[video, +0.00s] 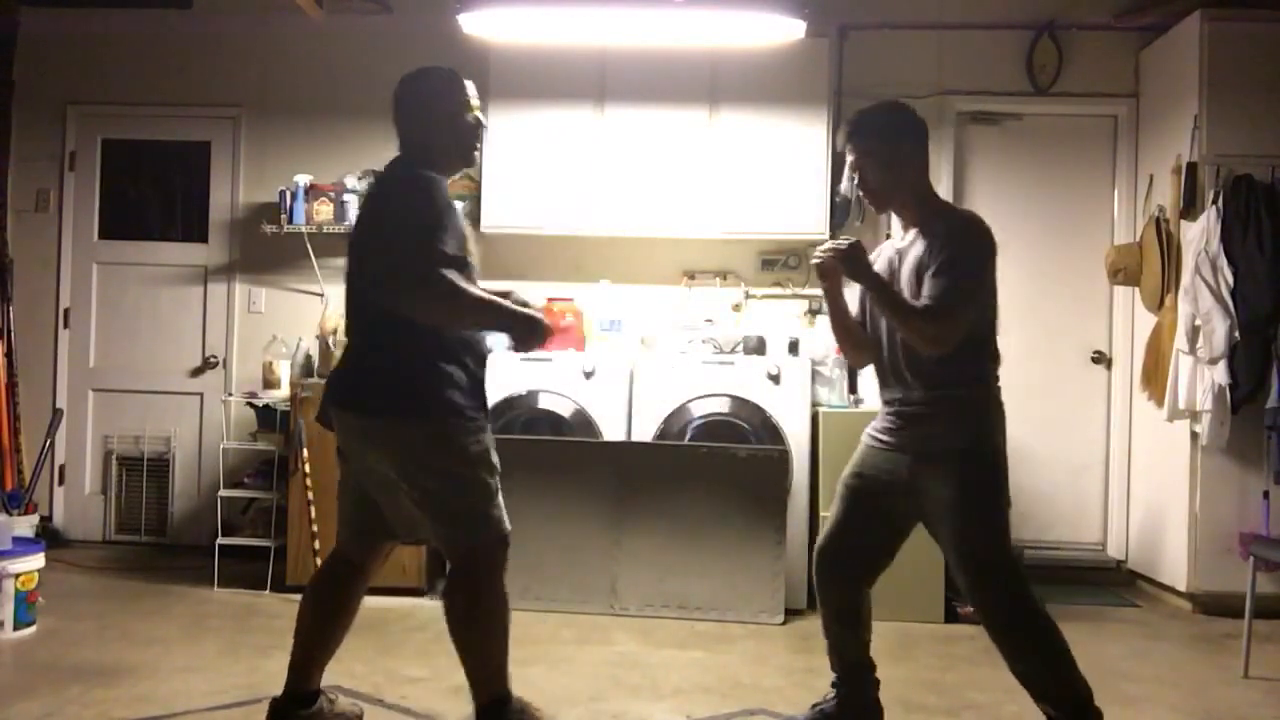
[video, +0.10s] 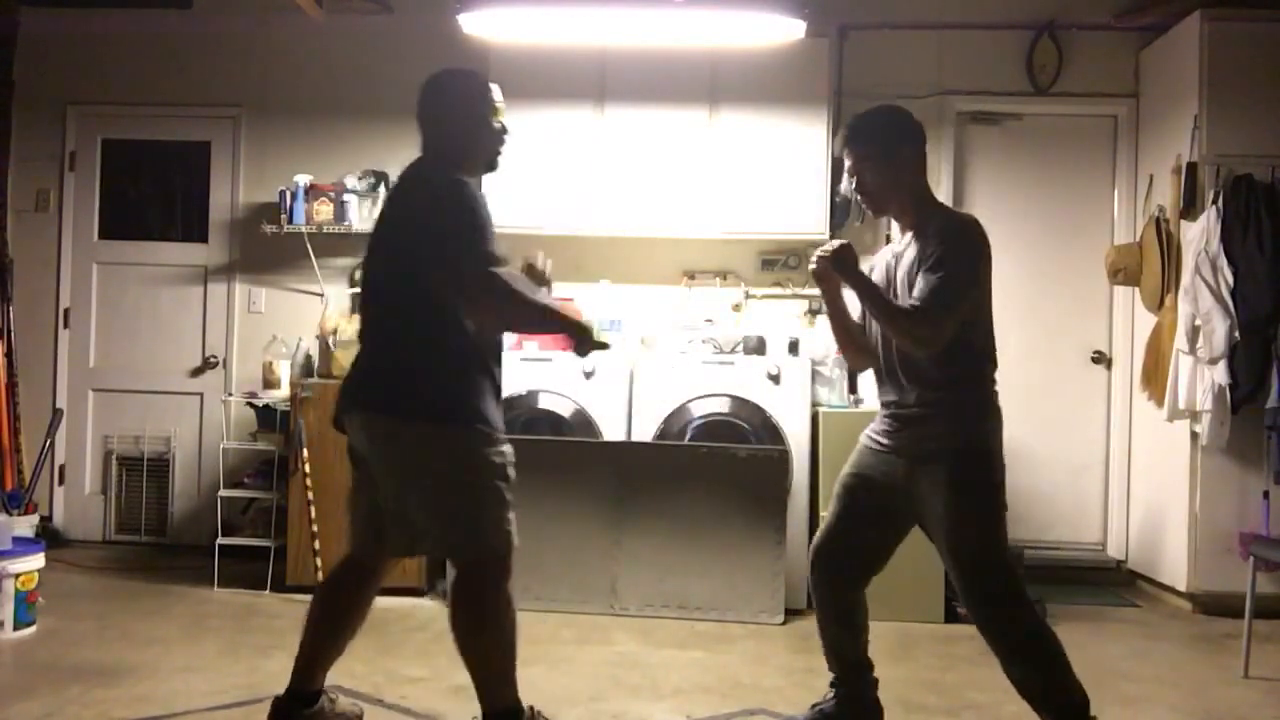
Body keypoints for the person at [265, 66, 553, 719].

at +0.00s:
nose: (482, 126)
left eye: (479, 113)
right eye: (469, 113)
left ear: (419, 126)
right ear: (425, 120)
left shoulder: (388, 191)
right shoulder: (418, 189)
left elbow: (423, 287)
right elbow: (418, 287)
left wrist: (507, 308)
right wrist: (515, 318)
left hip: (368, 402)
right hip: (426, 406)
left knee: (356, 550)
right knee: (480, 545)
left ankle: (298, 695)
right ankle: (496, 705)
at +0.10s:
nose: (505, 134)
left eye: (502, 120)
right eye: (494, 120)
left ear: (442, 126)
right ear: (455, 123)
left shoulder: (410, 190)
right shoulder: (451, 191)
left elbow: (439, 296)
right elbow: (482, 297)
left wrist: (515, 286)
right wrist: (573, 329)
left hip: (379, 404)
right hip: (443, 411)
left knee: (368, 556)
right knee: (485, 560)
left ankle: (299, 697)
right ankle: (503, 712)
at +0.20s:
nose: (524, 129)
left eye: (521, 115)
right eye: (512, 115)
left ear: (453, 122)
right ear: (475, 121)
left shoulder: (419, 194)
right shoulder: (486, 199)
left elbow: (458, 270)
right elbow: (556, 283)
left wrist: (525, 244)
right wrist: (637, 317)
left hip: (389, 405)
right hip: (462, 411)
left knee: (409, 550)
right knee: (495, 560)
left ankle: (325, 685)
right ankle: (506, 711)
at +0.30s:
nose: (535, 123)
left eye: (532, 109)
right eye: (522, 109)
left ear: (465, 118)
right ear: (483, 116)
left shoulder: (435, 183)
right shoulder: (496, 191)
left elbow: (488, 259)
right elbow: (579, 263)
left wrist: (539, 213)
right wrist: (676, 308)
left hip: (394, 400)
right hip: (464, 404)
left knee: (419, 551)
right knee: (503, 555)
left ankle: (370, 694)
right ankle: (507, 710)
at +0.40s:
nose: (543, 122)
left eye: (539, 109)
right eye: (530, 109)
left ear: (475, 121)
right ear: (493, 118)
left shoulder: (451, 187)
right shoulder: (497, 192)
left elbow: (537, 263)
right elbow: (549, 287)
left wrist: (574, 200)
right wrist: (622, 335)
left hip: (408, 400)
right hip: (477, 403)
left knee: (418, 551)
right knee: (547, 543)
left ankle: (367, 700)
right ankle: (527, 703)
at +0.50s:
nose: (567, 117)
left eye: (562, 106)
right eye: (554, 106)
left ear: (505, 123)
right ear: (518, 119)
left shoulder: (477, 187)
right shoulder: (512, 187)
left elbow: (559, 264)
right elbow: (505, 270)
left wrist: (610, 227)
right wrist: (595, 321)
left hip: (428, 401)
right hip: (496, 405)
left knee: (417, 556)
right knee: (555, 555)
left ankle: (367, 701)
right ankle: (576, 706)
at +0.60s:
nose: (589, 120)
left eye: (584, 108)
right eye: (576, 108)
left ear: (524, 122)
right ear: (543, 118)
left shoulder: (497, 188)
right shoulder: (536, 182)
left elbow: (553, 290)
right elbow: (553, 260)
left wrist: (625, 267)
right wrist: (647, 241)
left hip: (450, 402)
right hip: (520, 406)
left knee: (431, 555)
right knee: (571, 559)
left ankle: (368, 700)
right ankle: (587, 710)